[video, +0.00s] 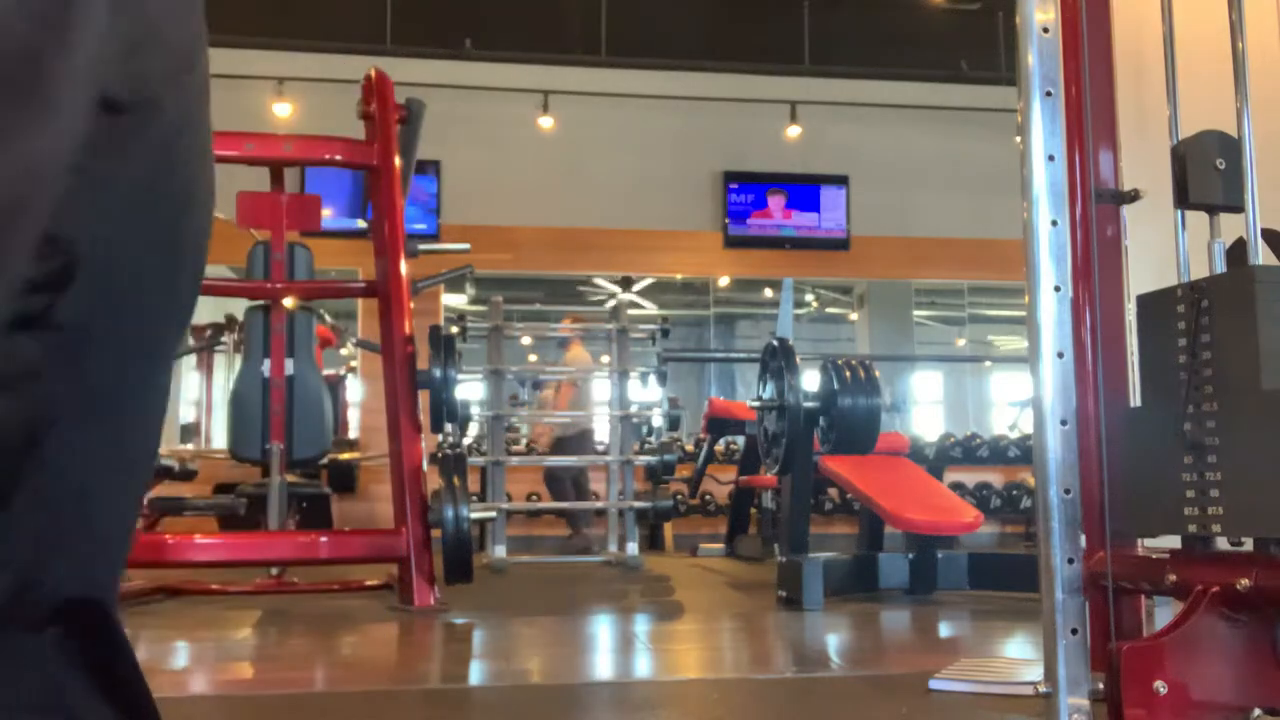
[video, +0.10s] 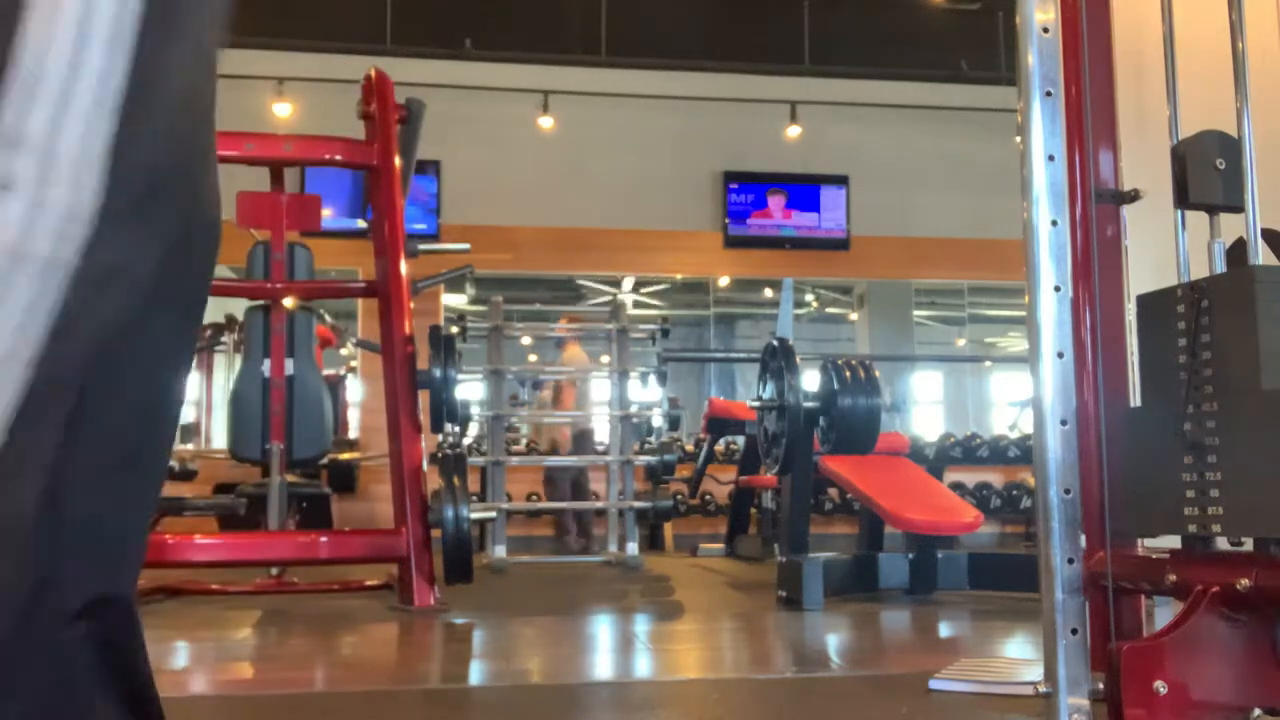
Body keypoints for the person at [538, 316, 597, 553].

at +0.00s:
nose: (558, 332)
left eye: (563, 328)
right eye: (559, 327)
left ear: (574, 332)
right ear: (576, 332)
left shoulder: (573, 357)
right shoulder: (580, 356)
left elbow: (565, 399)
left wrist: (550, 427)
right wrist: (550, 424)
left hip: (571, 431)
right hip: (579, 429)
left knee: (555, 476)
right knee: (578, 479)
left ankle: (578, 528)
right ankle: (583, 528)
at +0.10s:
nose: (555, 332)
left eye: (560, 328)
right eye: (557, 327)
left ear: (570, 331)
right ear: (574, 332)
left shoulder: (569, 357)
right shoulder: (579, 356)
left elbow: (568, 397)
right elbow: (576, 396)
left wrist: (564, 429)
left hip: (568, 430)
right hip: (580, 429)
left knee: (557, 482)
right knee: (579, 483)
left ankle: (566, 536)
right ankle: (584, 535)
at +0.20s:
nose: (556, 336)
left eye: (560, 332)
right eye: (560, 331)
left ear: (563, 334)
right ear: (574, 335)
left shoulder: (567, 357)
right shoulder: (574, 355)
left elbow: (571, 393)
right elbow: (573, 395)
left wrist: (580, 427)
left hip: (563, 433)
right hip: (573, 432)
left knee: (558, 486)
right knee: (579, 486)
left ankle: (566, 540)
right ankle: (585, 538)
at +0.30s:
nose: (556, 339)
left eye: (558, 334)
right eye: (560, 334)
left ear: (559, 336)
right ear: (574, 337)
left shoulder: (561, 364)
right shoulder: (576, 361)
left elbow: (572, 402)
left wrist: (583, 429)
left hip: (562, 433)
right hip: (574, 432)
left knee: (557, 485)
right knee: (577, 484)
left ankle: (566, 540)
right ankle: (585, 538)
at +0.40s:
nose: (554, 338)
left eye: (556, 334)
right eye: (559, 334)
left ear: (558, 335)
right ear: (573, 336)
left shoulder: (559, 361)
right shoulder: (574, 359)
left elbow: (570, 393)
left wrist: (577, 422)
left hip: (560, 431)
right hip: (572, 430)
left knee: (555, 482)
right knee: (574, 482)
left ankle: (565, 539)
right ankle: (584, 537)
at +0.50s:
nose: (553, 335)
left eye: (555, 331)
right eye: (556, 331)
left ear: (557, 333)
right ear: (571, 334)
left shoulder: (558, 358)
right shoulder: (572, 356)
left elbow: (561, 393)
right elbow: (570, 392)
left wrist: (558, 424)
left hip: (561, 427)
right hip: (573, 425)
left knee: (556, 481)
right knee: (570, 480)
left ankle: (566, 539)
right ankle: (583, 536)